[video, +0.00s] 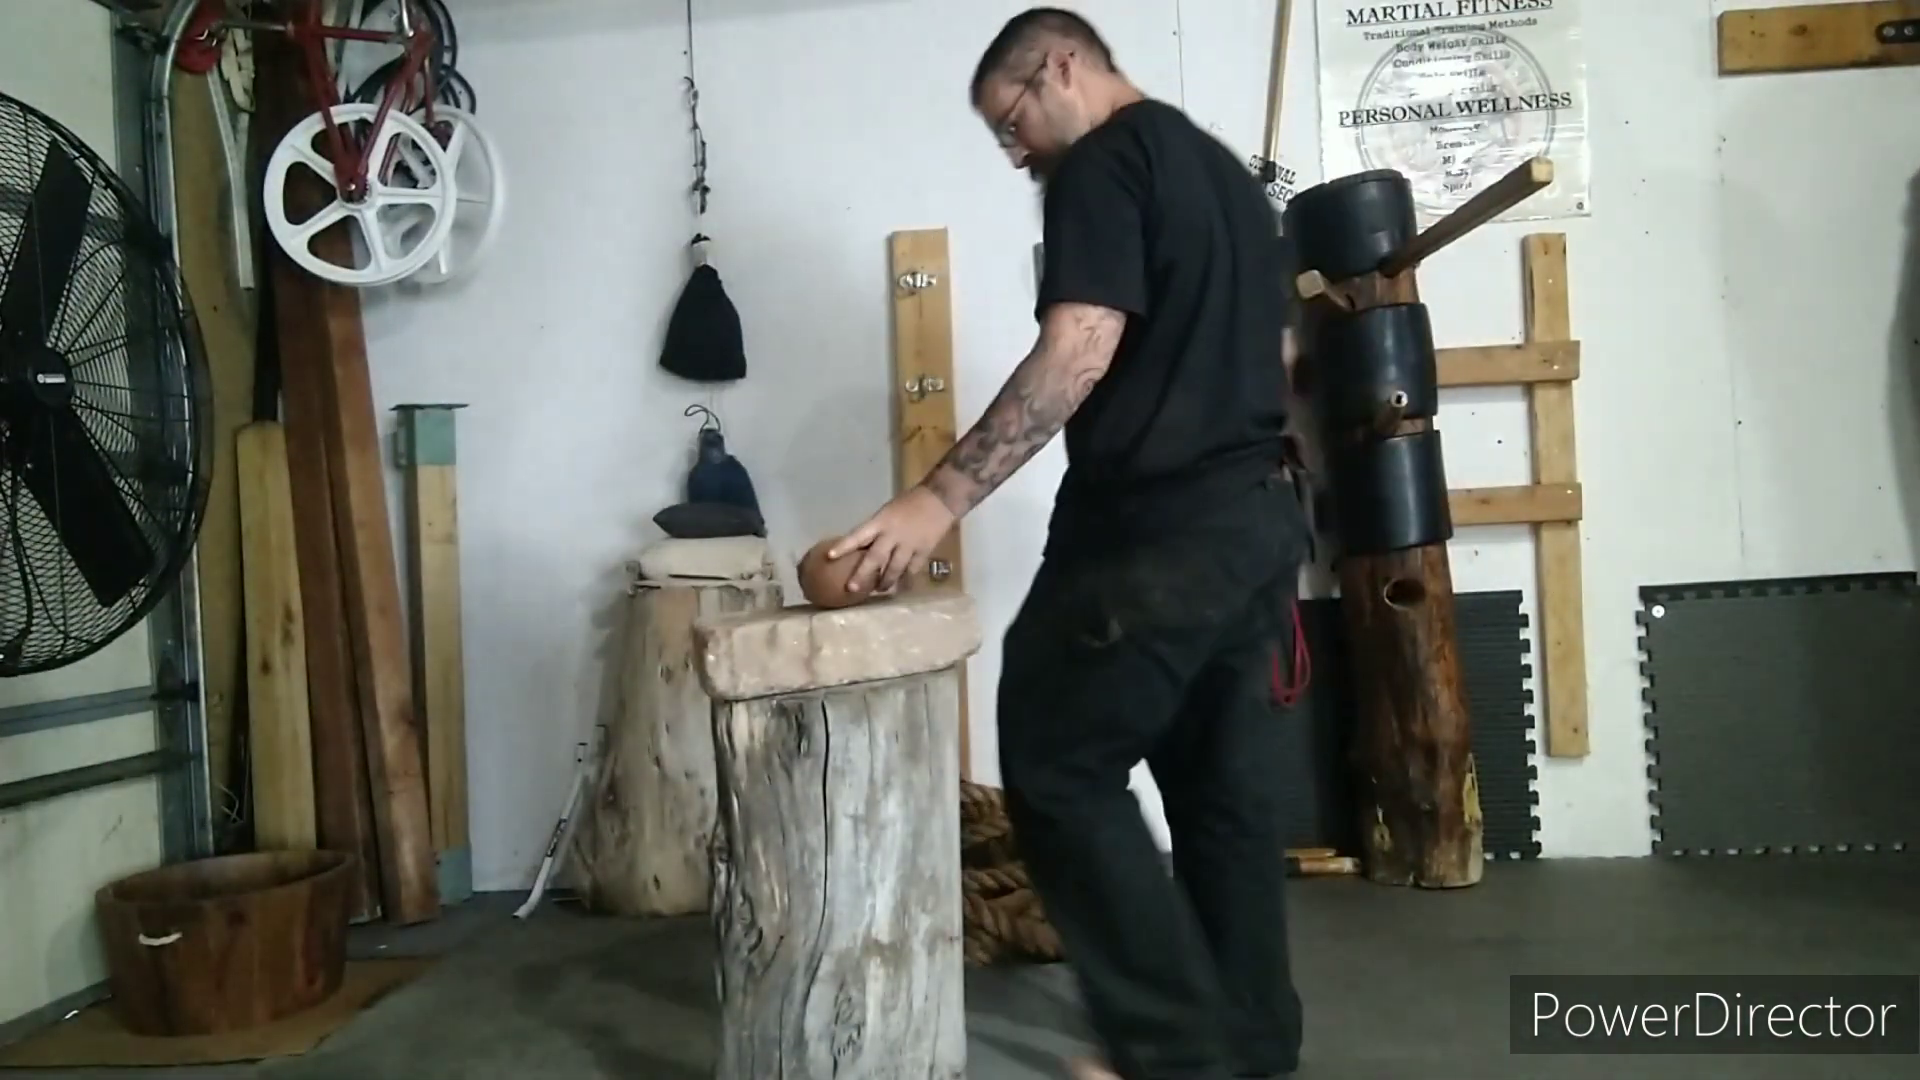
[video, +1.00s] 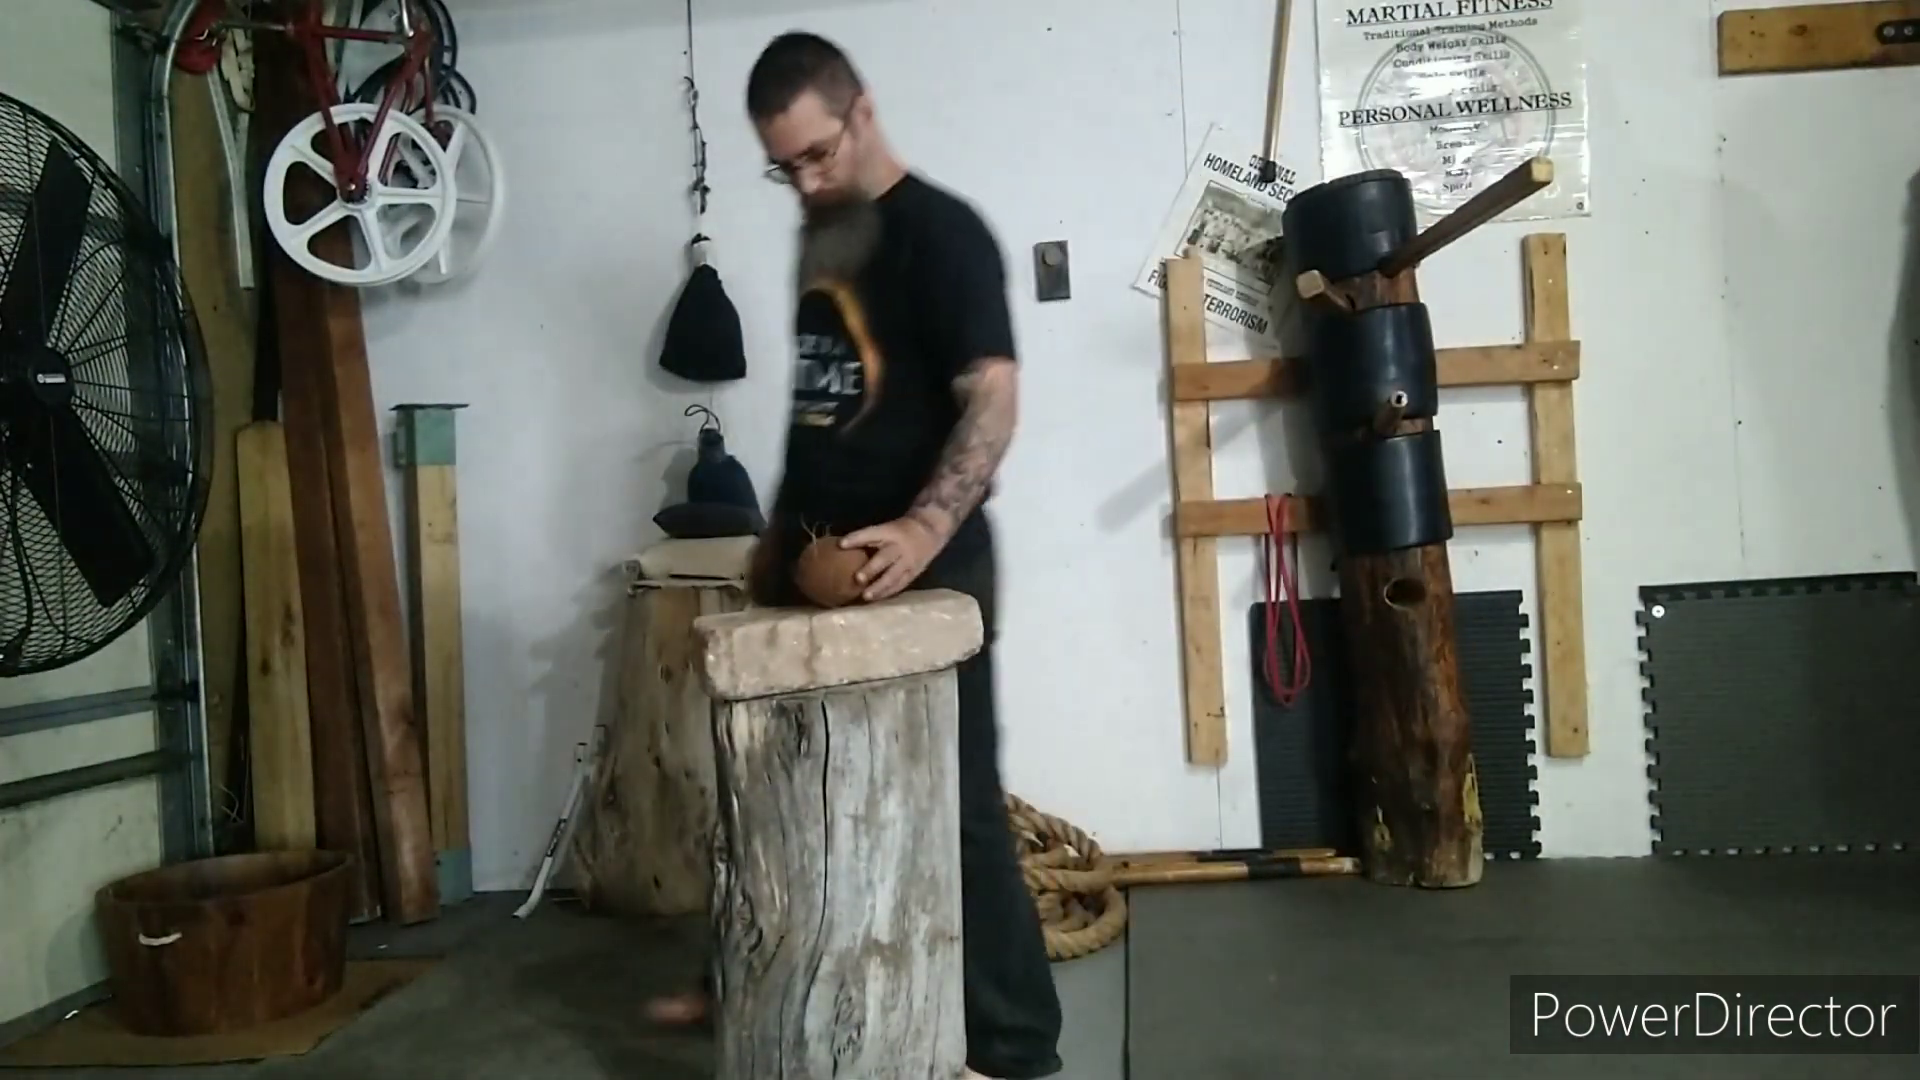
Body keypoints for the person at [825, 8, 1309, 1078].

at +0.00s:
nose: (1013, 152)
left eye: (1010, 121)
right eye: (1001, 135)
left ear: (1063, 68)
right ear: (1082, 71)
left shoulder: (1102, 162)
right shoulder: (1225, 170)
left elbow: (1076, 351)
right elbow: (1270, 353)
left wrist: (935, 502)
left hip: (1146, 524)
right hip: (1250, 514)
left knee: (1054, 764)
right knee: (1224, 804)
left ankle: (1173, 1041)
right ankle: (1258, 1045)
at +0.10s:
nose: (996, 152)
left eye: (996, 122)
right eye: (984, 136)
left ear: (1055, 73)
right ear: (1066, 79)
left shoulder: (1094, 167)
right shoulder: (1188, 167)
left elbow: (1077, 349)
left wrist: (941, 499)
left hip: (1140, 522)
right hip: (1235, 510)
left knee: (1047, 765)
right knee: (1218, 790)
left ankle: (1094, 1031)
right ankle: (1251, 1031)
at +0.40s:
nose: (914, 178)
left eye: (916, 149)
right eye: (902, 162)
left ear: (973, 100)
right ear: (966, 111)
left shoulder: (1034, 199)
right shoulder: (1051, 191)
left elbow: (1062, 376)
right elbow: (1056, 381)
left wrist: (952, 523)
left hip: (1068, 551)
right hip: (1117, 536)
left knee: (1014, 808)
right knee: (1122, 771)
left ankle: (1011, 1046)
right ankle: (1244, 1014)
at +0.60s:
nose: (867, 180)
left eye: (868, 152)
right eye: (854, 163)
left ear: (922, 98)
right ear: (916, 107)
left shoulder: (1004, 198)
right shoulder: (972, 205)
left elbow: (1040, 382)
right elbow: (983, 383)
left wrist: (932, 523)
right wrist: (917, 532)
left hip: (1022, 549)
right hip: (997, 548)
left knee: (996, 791)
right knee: (1008, 767)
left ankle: (1012, 1045)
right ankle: (1148, 945)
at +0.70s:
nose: (849, 176)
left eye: (851, 147)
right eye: (834, 160)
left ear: (908, 99)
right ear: (891, 116)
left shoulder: (995, 202)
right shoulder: (933, 216)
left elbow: (1029, 385)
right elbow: (930, 379)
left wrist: (931, 521)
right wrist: (893, 530)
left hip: (992, 555)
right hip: (938, 552)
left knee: (991, 820)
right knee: (939, 815)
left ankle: (1013, 1050)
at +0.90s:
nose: (824, 176)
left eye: (832, 147)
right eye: (807, 160)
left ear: (886, 105)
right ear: (803, 140)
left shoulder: (971, 212)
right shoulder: (861, 225)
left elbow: (1014, 388)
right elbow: (871, 396)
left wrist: (931, 525)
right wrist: (826, 528)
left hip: (963, 556)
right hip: (870, 555)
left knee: (979, 819)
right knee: (885, 815)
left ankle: (1015, 1051)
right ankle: (894, 1045)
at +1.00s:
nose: (807, 182)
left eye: (819, 154)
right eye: (786, 164)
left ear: (864, 111)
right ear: (770, 148)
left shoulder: (944, 230)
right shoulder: (817, 234)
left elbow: (995, 399)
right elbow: (821, 404)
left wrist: (927, 526)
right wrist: (782, 530)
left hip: (924, 564)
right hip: (814, 559)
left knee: (954, 808)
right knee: (795, 793)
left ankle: (1014, 1042)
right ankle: (755, 983)